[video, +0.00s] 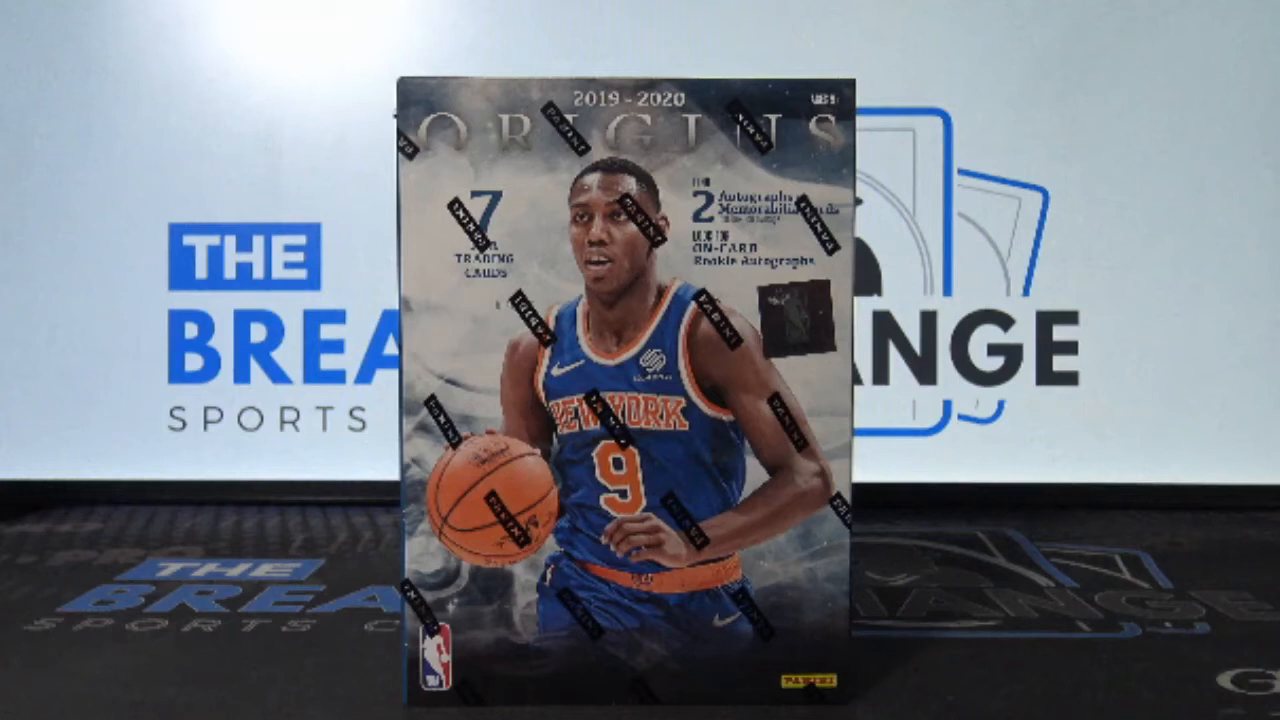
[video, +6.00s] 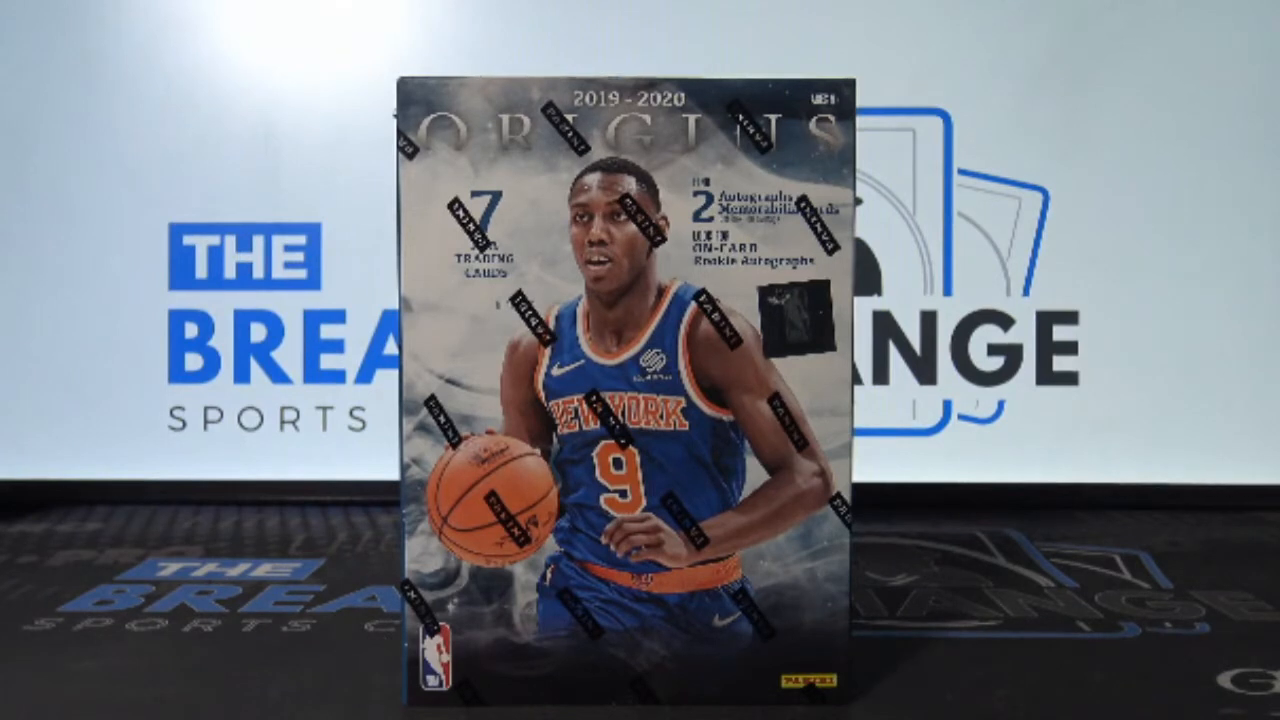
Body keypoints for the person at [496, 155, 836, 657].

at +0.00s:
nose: (595, 235)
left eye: (618, 216)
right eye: (581, 218)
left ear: (657, 230)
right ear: (569, 232)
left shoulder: (712, 334)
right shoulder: (534, 353)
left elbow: (809, 477)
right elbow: (528, 489)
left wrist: (696, 541)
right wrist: (478, 473)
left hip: (699, 613)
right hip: (584, 607)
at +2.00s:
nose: (595, 235)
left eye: (618, 216)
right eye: (581, 218)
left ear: (657, 230)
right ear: (569, 232)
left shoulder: (711, 334)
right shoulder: (534, 353)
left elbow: (809, 476)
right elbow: (526, 489)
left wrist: (695, 542)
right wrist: (476, 472)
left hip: (698, 612)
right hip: (582, 606)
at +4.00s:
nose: (595, 235)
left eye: (618, 216)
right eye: (581, 218)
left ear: (657, 230)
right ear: (569, 232)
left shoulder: (712, 334)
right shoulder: (534, 353)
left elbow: (809, 476)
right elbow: (526, 487)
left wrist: (695, 542)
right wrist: (477, 471)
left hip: (698, 613)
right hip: (583, 606)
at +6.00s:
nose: (595, 234)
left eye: (617, 216)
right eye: (582, 218)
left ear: (657, 230)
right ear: (570, 231)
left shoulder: (712, 334)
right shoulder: (534, 352)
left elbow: (809, 476)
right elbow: (525, 486)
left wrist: (694, 544)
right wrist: (479, 469)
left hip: (697, 613)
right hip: (583, 606)